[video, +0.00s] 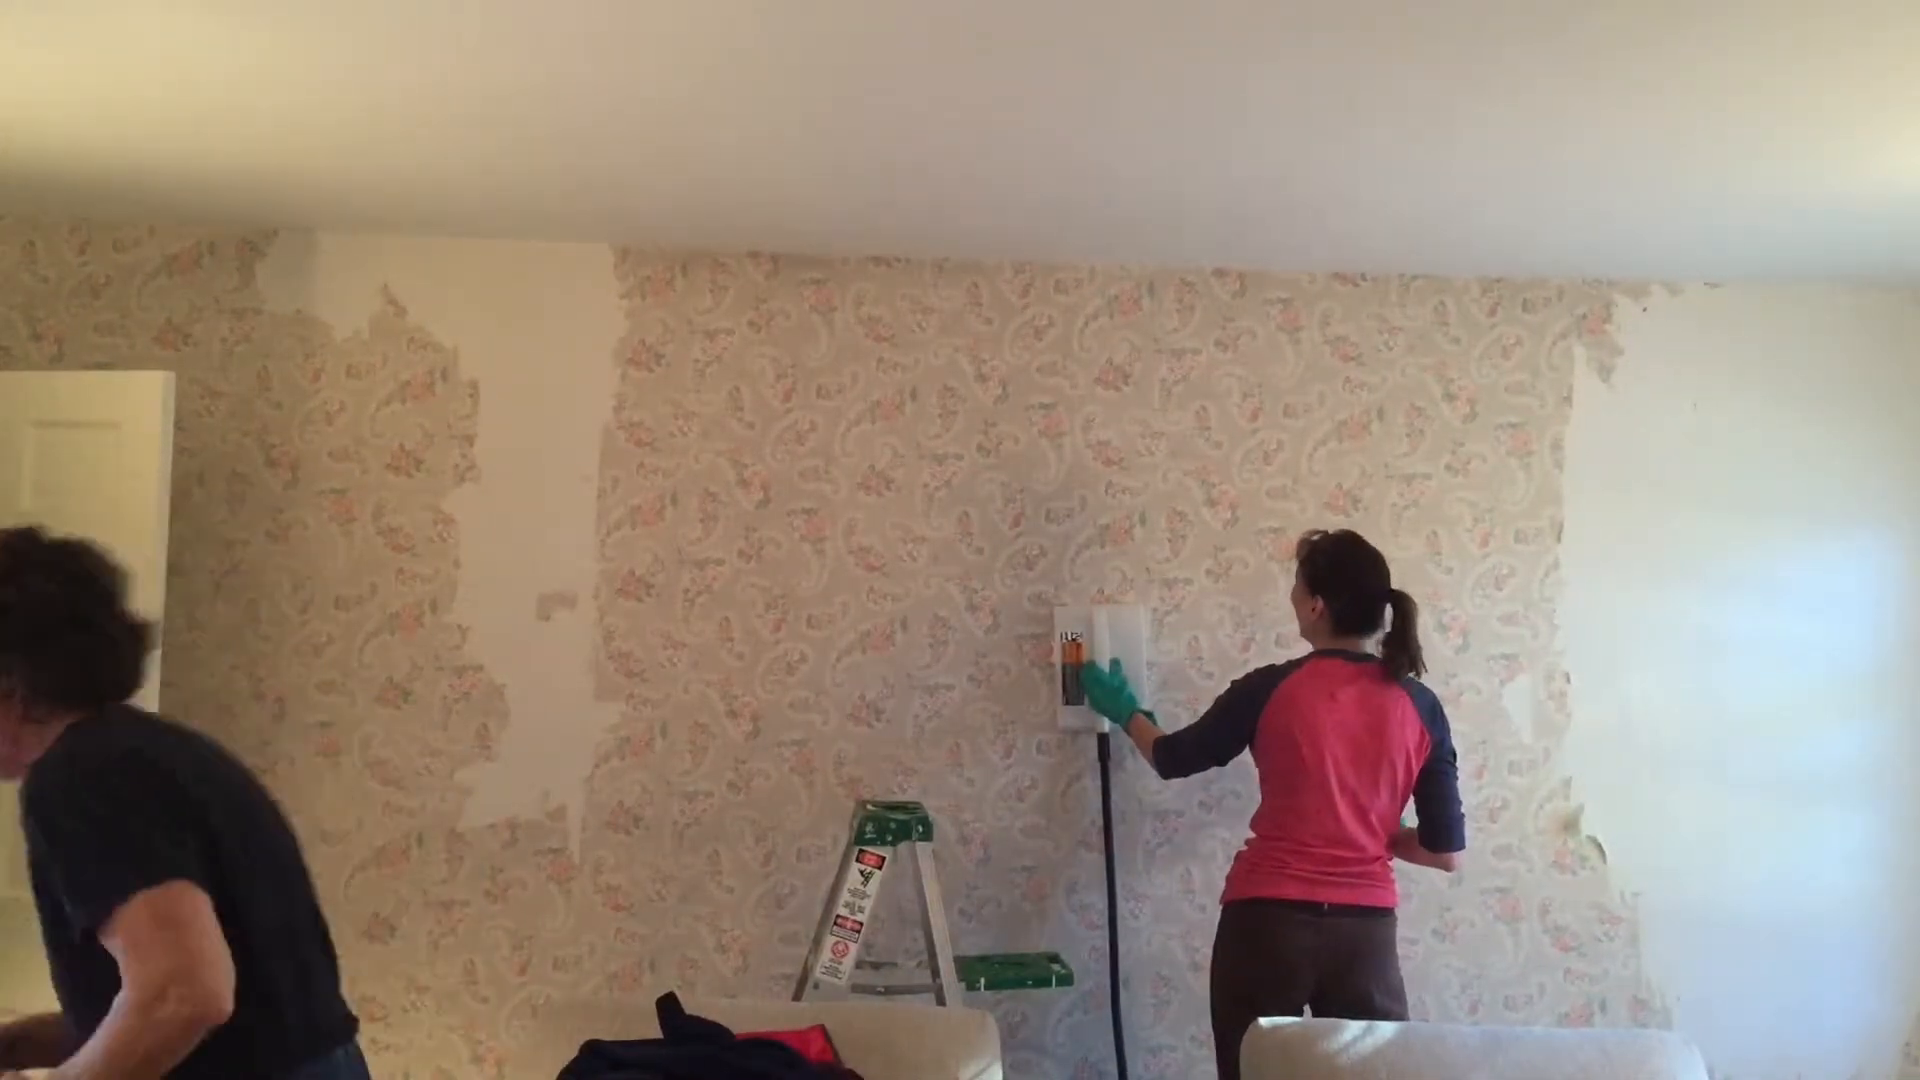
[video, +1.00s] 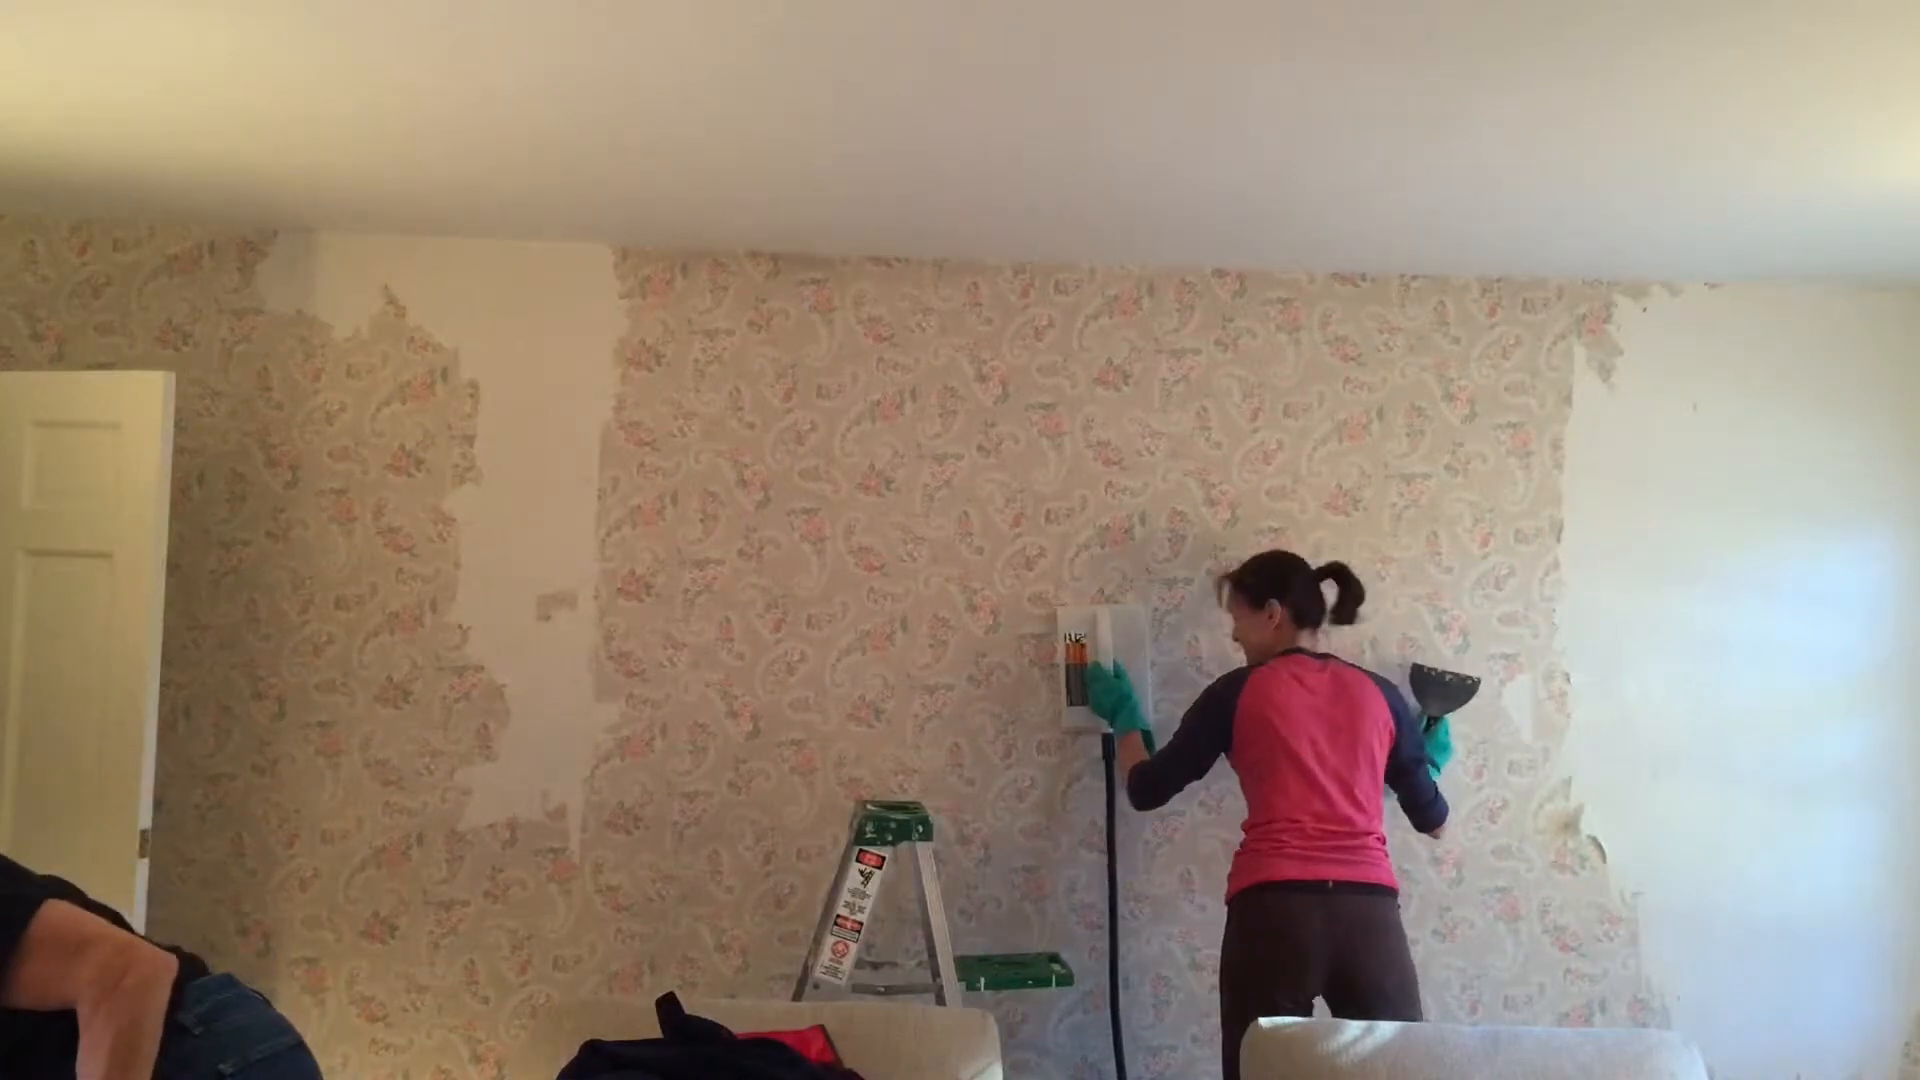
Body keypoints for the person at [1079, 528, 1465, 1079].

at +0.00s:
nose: (1293, 597)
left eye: (1298, 586)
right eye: (1297, 585)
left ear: (1316, 605)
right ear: (1376, 606)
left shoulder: (1270, 687)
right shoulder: (1421, 705)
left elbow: (1169, 758)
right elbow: (1444, 849)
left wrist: (1125, 713)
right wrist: (1373, 828)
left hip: (1263, 930)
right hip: (1365, 938)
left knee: (1248, 1074)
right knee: (1379, 1076)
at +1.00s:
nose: (1233, 633)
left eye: (1237, 617)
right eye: (1231, 619)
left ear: (1274, 615)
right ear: (1292, 615)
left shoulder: (1238, 690)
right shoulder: (1383, 694)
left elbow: (1145, 790)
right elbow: (1430, 817)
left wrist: (1124, 716)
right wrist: (1429, 759)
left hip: (1272, 918)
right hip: (1370, 919)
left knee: (1256, 1074)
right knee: (1400, 1074)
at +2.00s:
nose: (1214, 635)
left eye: (1213, 622)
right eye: (1208, 622)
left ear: (1247, 620)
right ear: (1285, 611)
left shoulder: (1245, 696)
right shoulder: (1367, 689)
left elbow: (1154, 729)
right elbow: (1423, 791)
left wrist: (1125, 664)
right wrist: (1432, 752)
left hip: (1259, 932)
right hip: (1351, 933)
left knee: (1240, 1074)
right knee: (1362, 1076)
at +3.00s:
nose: (1262, 617)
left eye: (1266, 600)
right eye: (1261, 601)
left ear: (1310, 605)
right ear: (1319, 603)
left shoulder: (1276, 686)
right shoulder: (1415, 693)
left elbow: (1167, 723)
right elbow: (1473, 815)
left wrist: (1123, 657)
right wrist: (1455, 766)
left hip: (1280, 934)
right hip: (1383, 939)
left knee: (1262, 1073)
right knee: (1419, 1076)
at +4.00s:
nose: (1387, 597)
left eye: (1389, 585)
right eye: (1394, 582)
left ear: (1395, 597)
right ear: (1464, 600)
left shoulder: (1357, 690)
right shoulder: (1506, 693)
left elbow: (1232, 723)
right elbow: (1576, 808)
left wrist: (1163, 659)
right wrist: (1593, 779)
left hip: (1397, 933)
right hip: (1502, 931)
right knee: (1531, 1079)